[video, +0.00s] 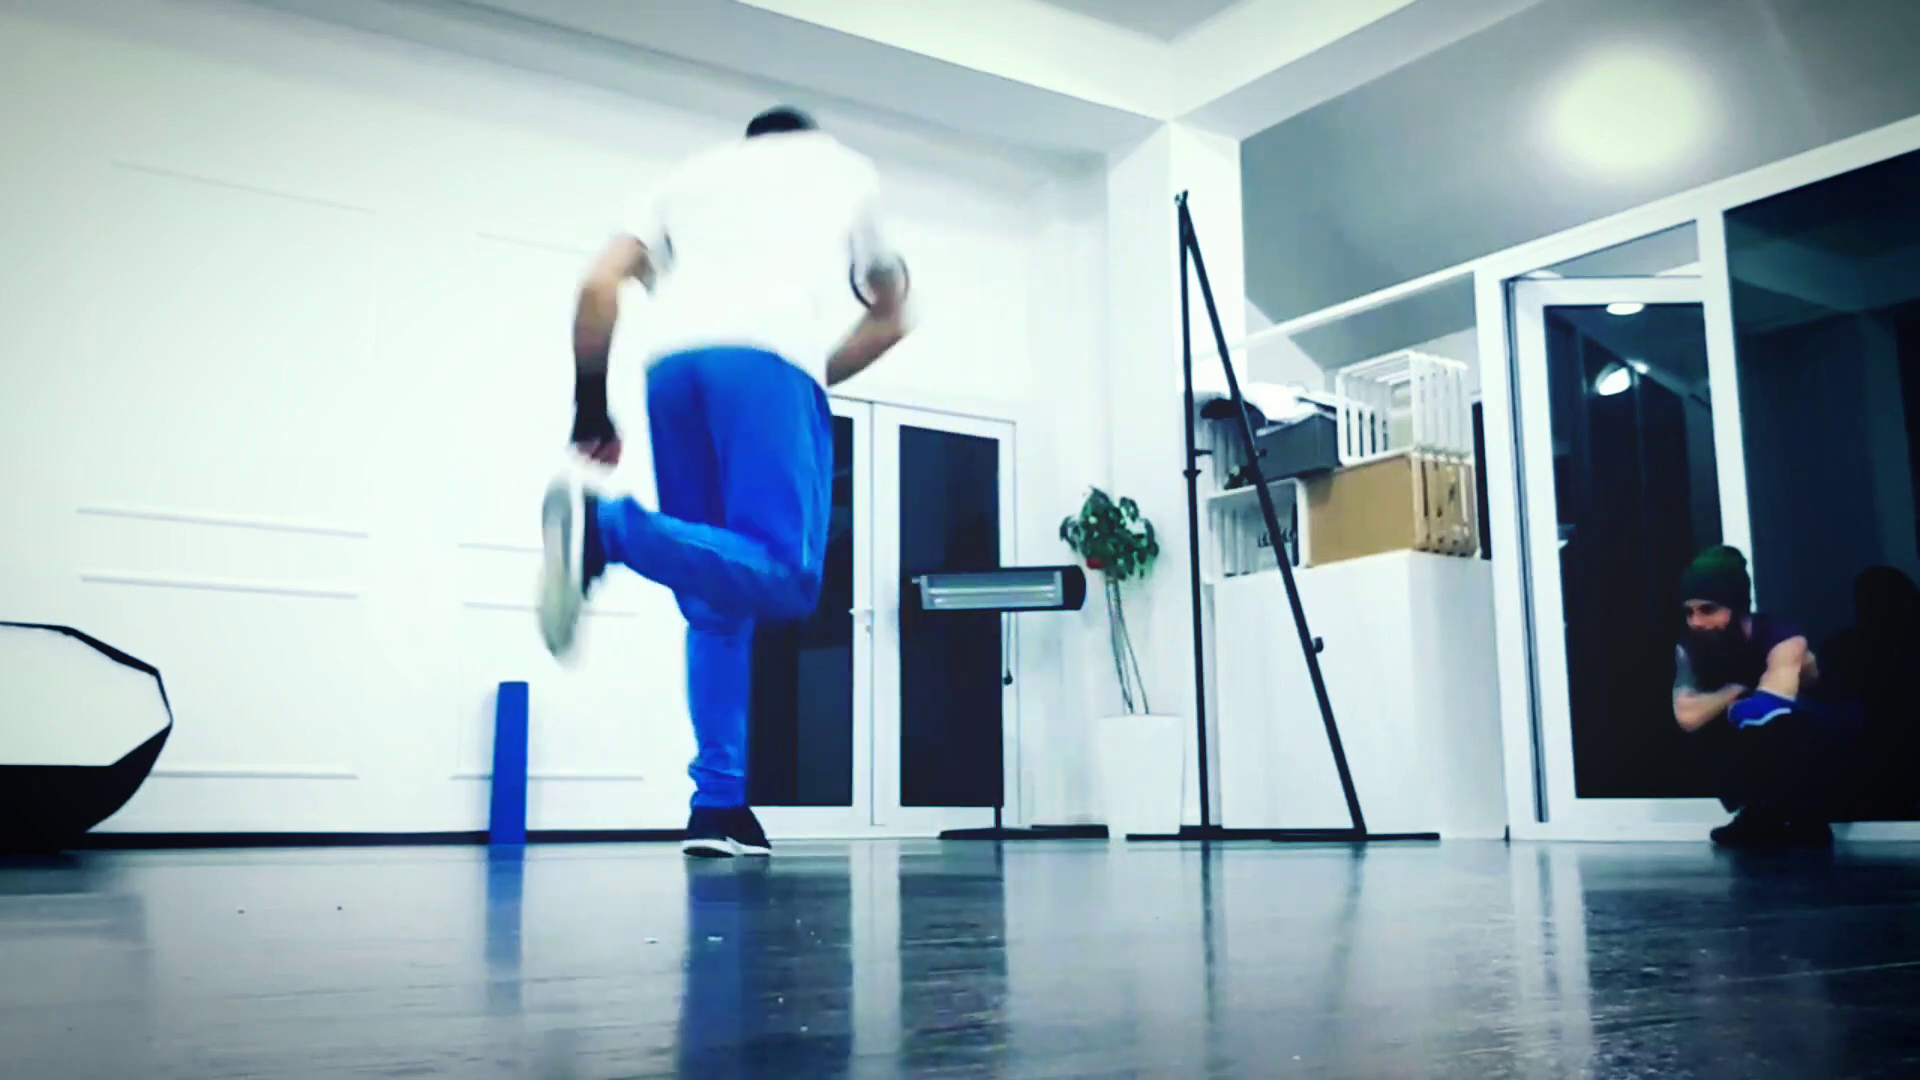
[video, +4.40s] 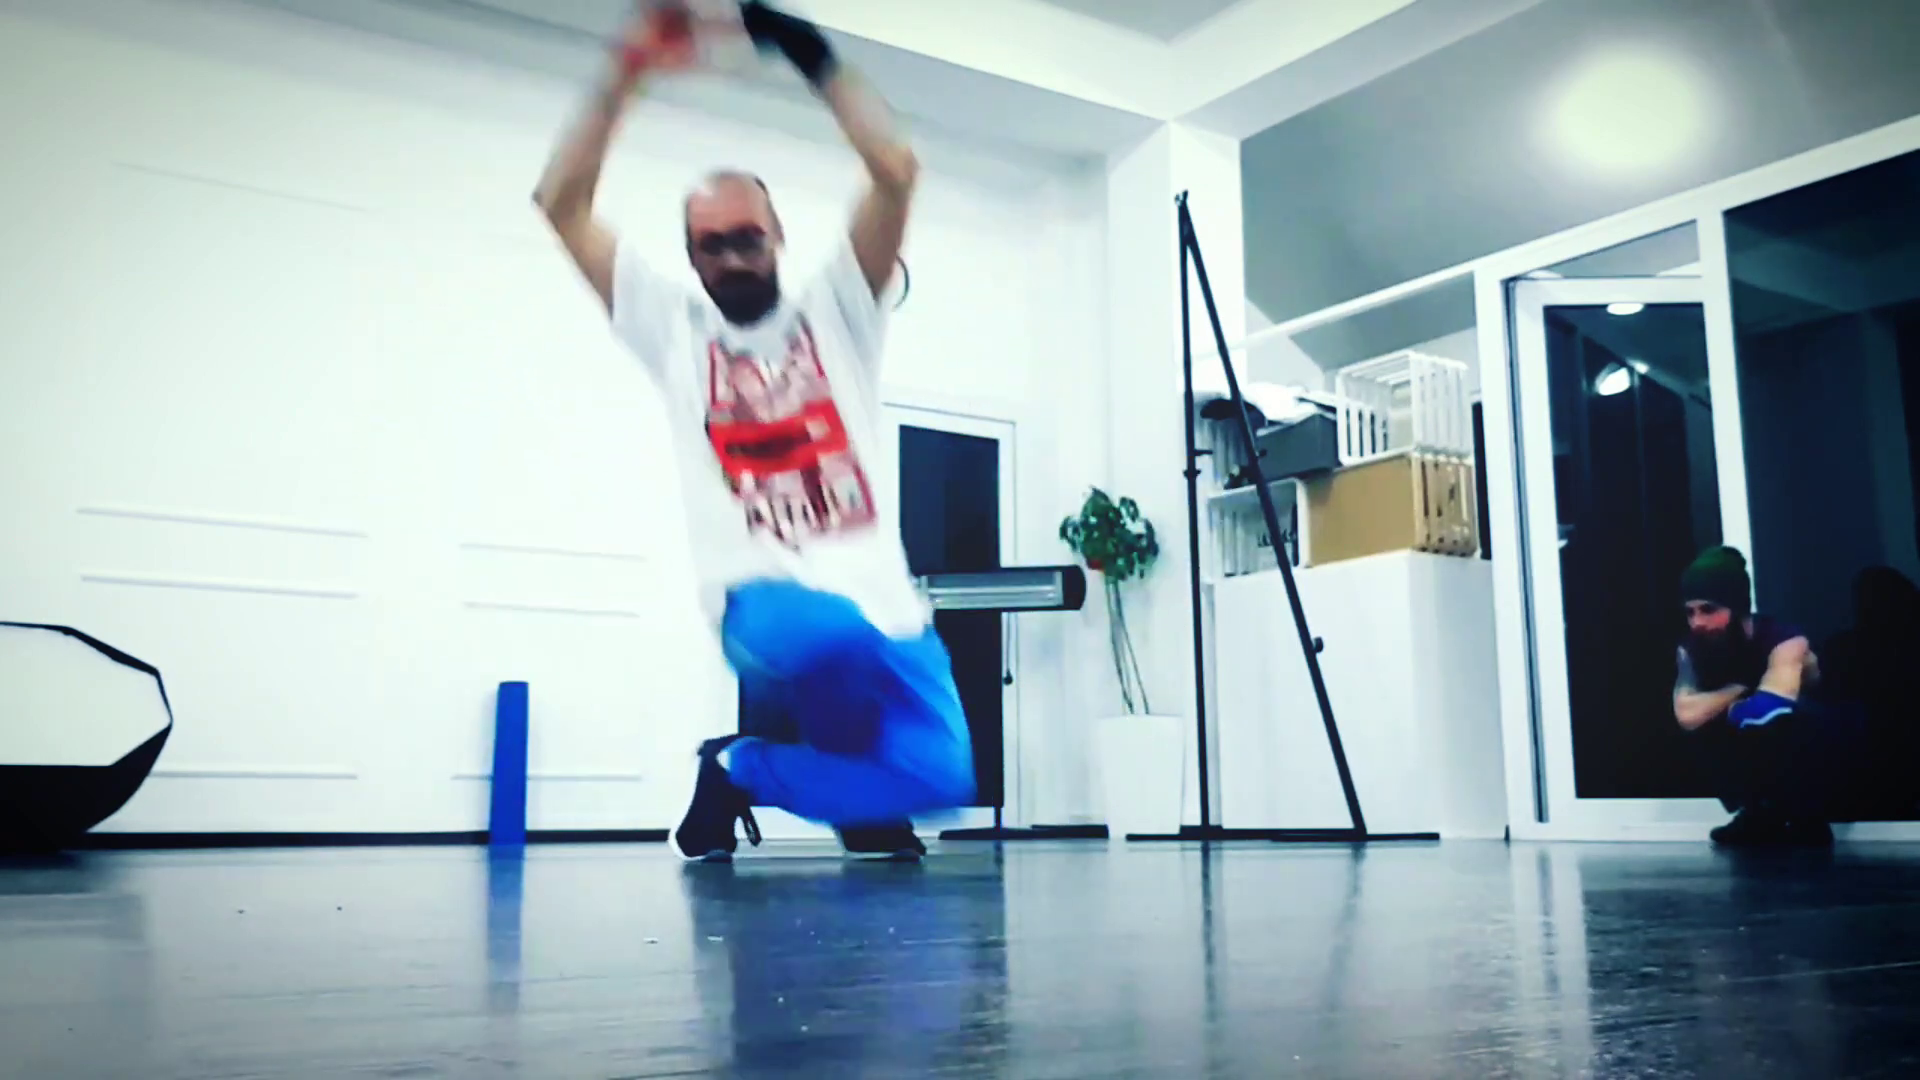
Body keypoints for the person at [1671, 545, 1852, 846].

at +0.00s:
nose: (1696, 623)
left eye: (1707, 611)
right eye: (1689, 612)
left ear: (1736, 608)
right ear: (1683, 613)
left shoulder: (1781, 638)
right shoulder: (1689, 651)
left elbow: (1775, 700)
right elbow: (1687, 716)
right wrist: (1730, 693)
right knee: (1710, 726)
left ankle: (1804, 820)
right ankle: (1756, 813)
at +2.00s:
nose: (1699, 623)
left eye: (1710, 611)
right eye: (1692, 612)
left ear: (1738, 607)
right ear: (1685, 611)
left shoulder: (1783, 640)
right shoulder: (1691, 651)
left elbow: (1773, 706)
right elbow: (1687, 715)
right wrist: (1737, 690)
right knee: (1708, 726)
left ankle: (1804, 820)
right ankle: (1756, 813)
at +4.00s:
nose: (1697, 623)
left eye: (1708, 611)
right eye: (1690, 613)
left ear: (1736, 607)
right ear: (1684, 612)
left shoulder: (1778, 637)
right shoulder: (1690, 652)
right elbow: (1688, 715)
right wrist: (1738, 690)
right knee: (1703, 727)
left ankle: (1803, 819)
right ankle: (1754, 814)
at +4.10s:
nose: (1697, 623)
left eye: (1708, 611)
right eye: (1690, 613)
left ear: (1736, 607)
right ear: (1684, 612)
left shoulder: (1779, 637)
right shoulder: (1690, 652)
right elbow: (1688, 715)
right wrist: (1738, 690)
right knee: (1704, 727)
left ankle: (1802, 819)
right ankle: (1755, 814)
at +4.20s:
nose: (1697, 623)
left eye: (1708, 611)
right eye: (1690, 613)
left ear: (1736, 607)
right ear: (1684, 612)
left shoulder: (1777, 637)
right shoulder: (1691, 652)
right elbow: (1688, 715)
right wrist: (1738, 689)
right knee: (1704, 728)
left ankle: (1802, 819)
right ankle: (1755, 814)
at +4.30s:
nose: (1697, 624)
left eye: (1709, 611)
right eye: (1690, 613)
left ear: (1736, 606)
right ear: (1684, 612)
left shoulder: (1777, 638)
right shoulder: (1691, 652)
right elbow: (1688, 715)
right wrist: (1738, 689)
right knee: (1705, 727)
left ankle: (1802, 819)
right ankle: (1755, 814)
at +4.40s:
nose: (1697, 623)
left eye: (1708, 611)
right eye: (1690, 613)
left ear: (1736, 607)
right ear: (1684, 612)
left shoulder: (1780, 638)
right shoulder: (1691, 652)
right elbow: (1688, 715)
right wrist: (1739, 690)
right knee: (1704, 727)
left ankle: (1802, 818)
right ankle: (1754, 814)